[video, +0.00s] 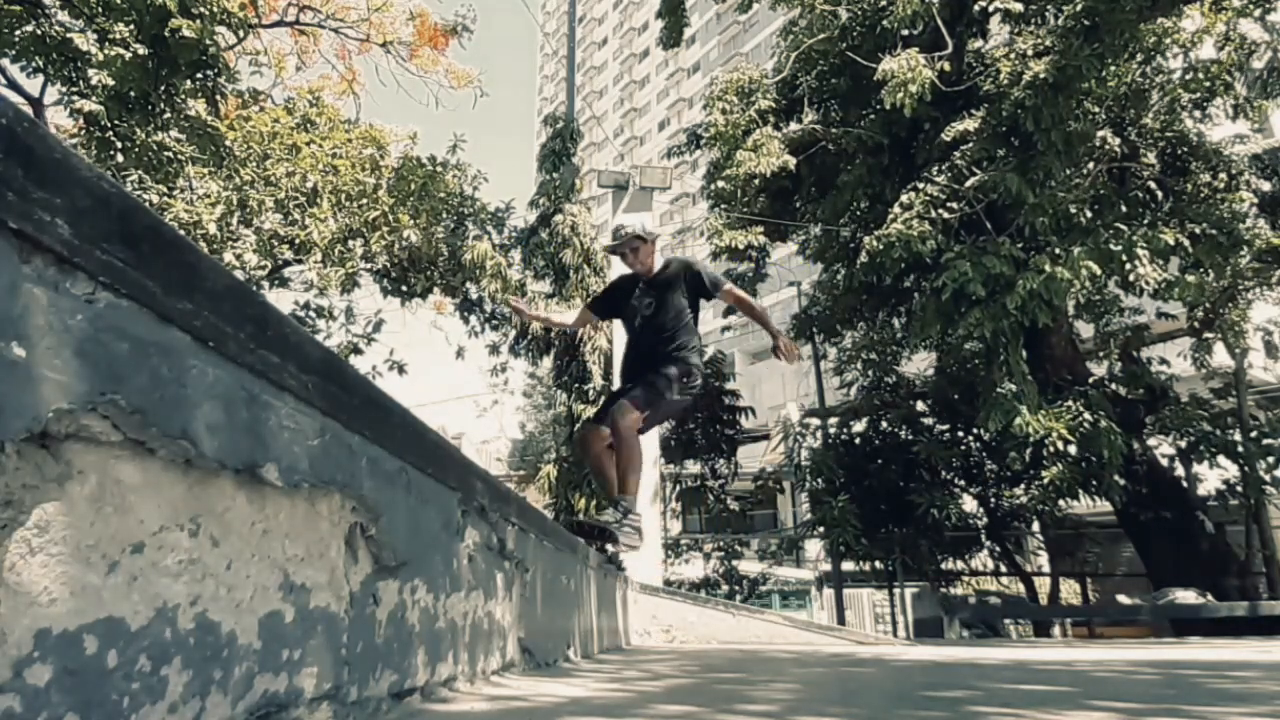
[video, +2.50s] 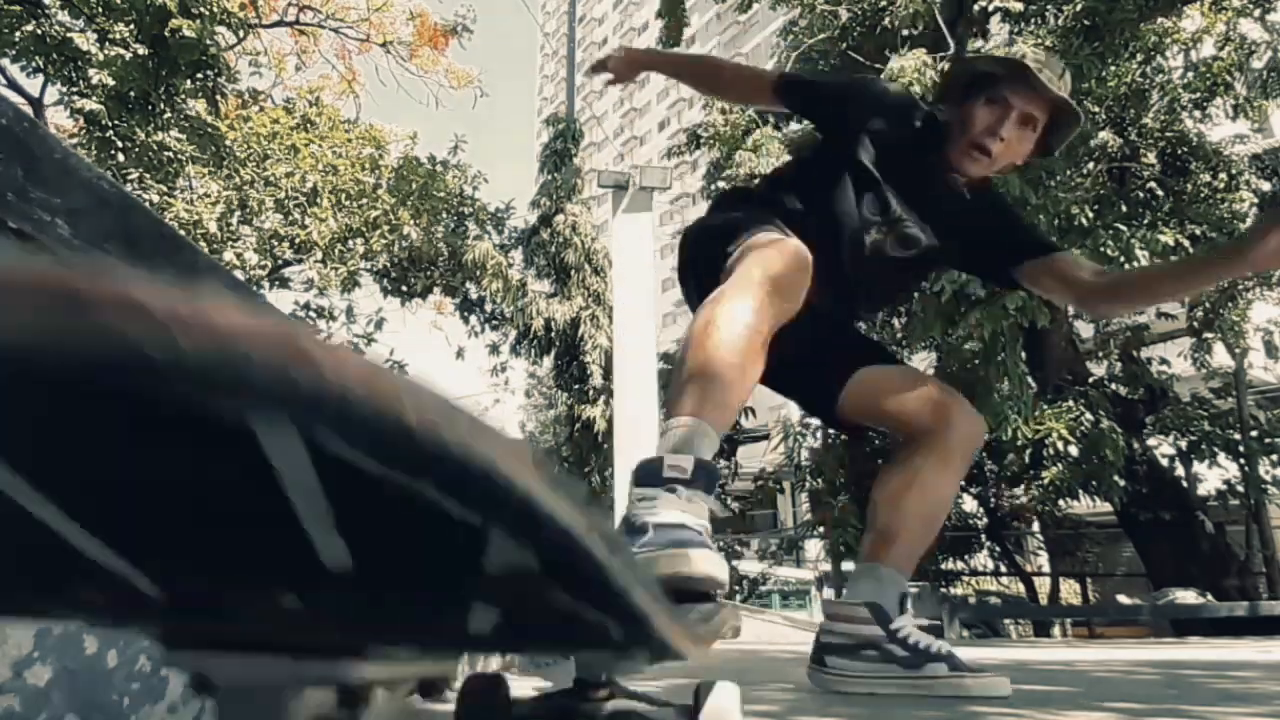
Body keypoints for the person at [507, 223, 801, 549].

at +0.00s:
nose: (630, 259)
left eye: (634, 250)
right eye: (624, 255)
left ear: (652, 244)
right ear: (621, 257)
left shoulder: (685, 270)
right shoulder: (622, 289)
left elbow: (738, 299)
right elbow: (577, 322)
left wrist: (776, 335)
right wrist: (533, 316)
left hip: (680, 372)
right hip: (638, 380)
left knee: (624, 418)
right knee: (590, 437)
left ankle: (630, 518)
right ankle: (618, 518)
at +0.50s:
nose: (654, 249)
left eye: (660, 238)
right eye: (646, 243)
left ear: (681, 233)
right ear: (643, 246)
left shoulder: (716, 260)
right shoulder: (644, 281)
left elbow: (781, 286)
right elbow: (595, 312)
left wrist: (780, 339)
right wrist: (541, 324)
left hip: (713, 388)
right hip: (658, 385)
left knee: (726, 496)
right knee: (596, 412)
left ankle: (761, 607)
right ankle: (597, 520)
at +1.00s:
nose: (661, 219)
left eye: (667, 209)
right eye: (654, 211)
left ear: (686, 204)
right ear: (651, 214)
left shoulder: (719, 231)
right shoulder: (654, 248)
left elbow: (747, 198)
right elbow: (634, 299)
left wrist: (692, 189)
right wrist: (610, 349)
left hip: (716, 371)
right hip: (664, 359)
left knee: (722, 493)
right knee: (619, 384)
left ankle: (753, 605)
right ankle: (583, 496)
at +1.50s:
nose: (660, 106)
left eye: (668, 94)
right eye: (651, 96)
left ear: (695, 85)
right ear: (643, 93)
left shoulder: (731, 107)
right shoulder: (632, 130)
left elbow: (812, 65)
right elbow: (561, 150)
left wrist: (849, 17)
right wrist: (492, 156)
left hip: (725, 256)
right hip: (659, 264)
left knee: (744, 290)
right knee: (616, 358)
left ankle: (717, 417)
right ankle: (577, 485)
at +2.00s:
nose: (709, 117)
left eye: (723, 102)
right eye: (695, 101)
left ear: (747, 97)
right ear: (679, 95)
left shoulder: (778, 140)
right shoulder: (656, 123)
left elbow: (834, 214)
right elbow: (570, 125)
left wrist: (835, 308)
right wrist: (538, 106)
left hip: (746, 297)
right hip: (671, 303)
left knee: (724, 394)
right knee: (655, 434)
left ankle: (754, 568)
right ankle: (709, 571)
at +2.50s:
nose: (1005, 132)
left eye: (1027, 128)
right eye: (997, 107)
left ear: (1031, 147)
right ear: (958, 97)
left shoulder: (989, 224)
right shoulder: (877, 108)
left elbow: (1095, 290)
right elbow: (754, 88)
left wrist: (1238, 260)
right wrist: (652, 60)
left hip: (812, 327)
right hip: (740, 246)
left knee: (951, 420)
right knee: (786, 263)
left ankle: (860, 623)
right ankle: (669, 496)